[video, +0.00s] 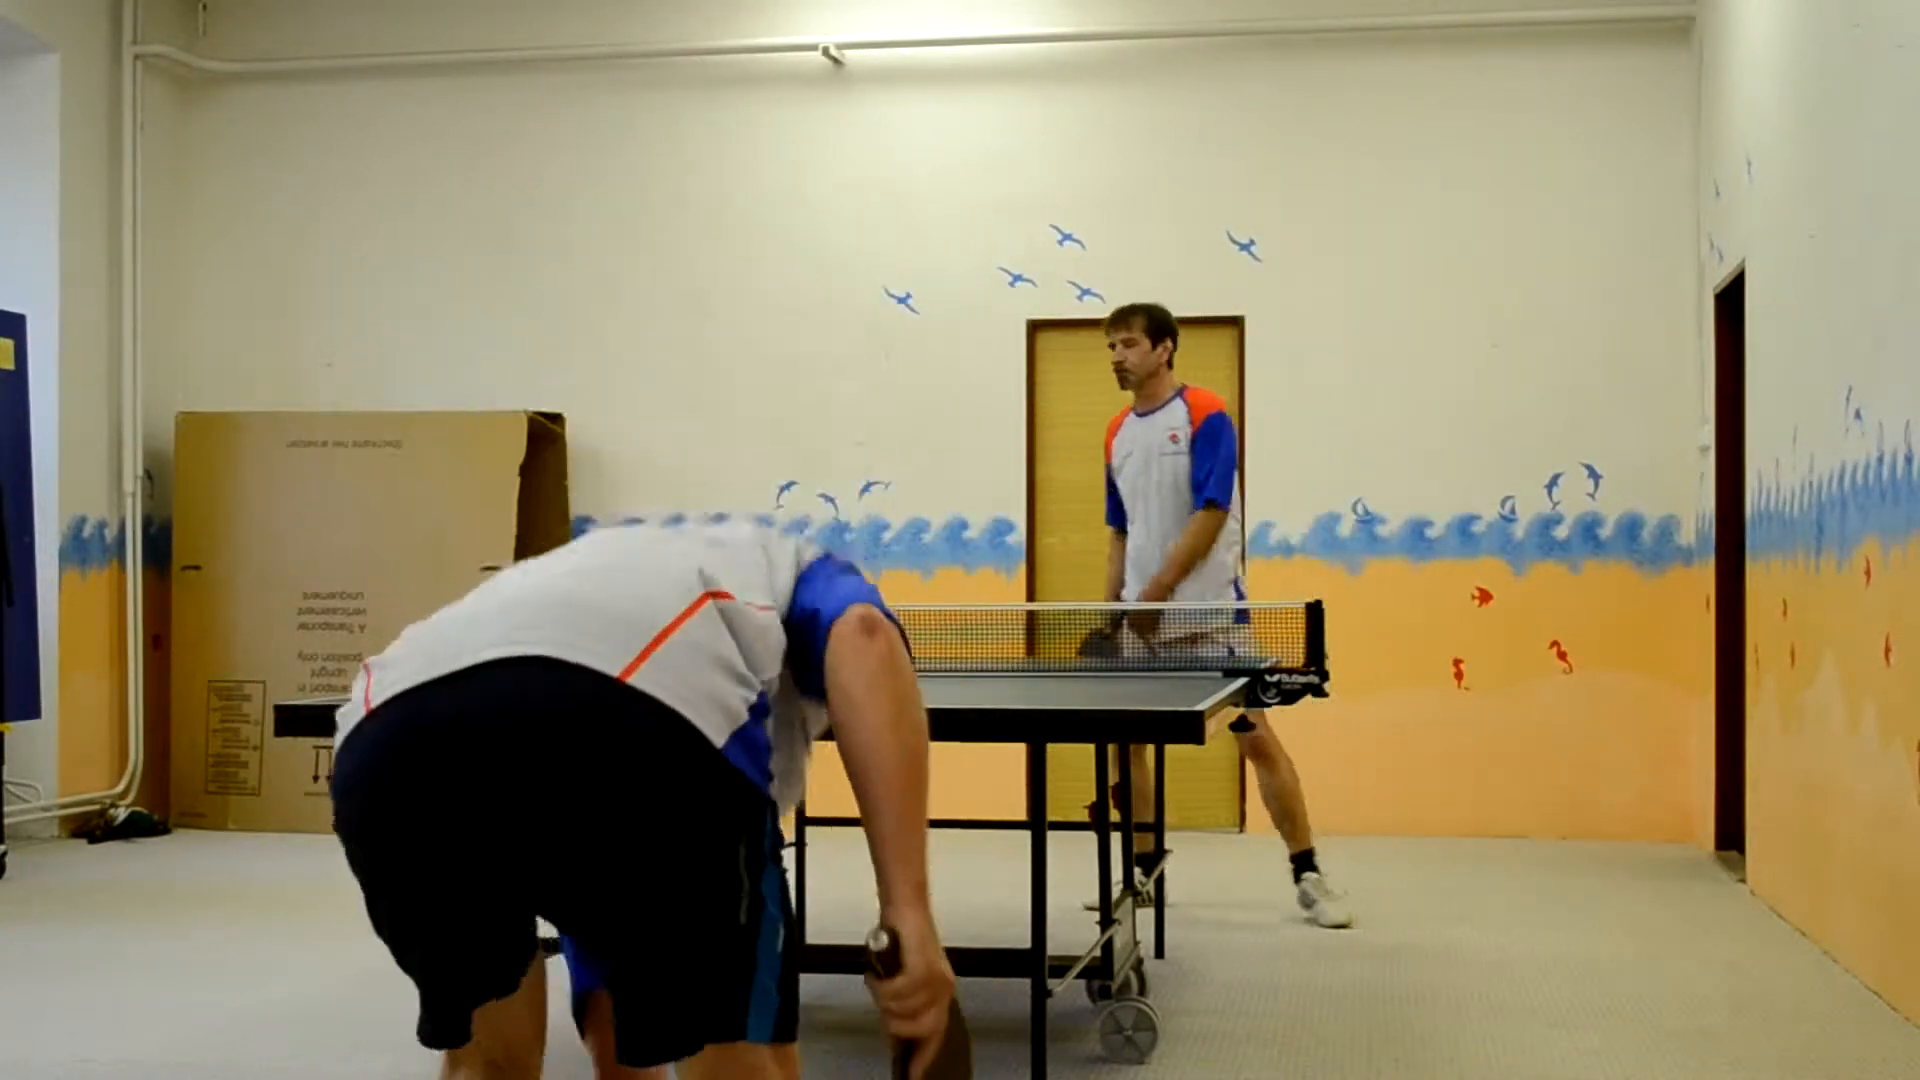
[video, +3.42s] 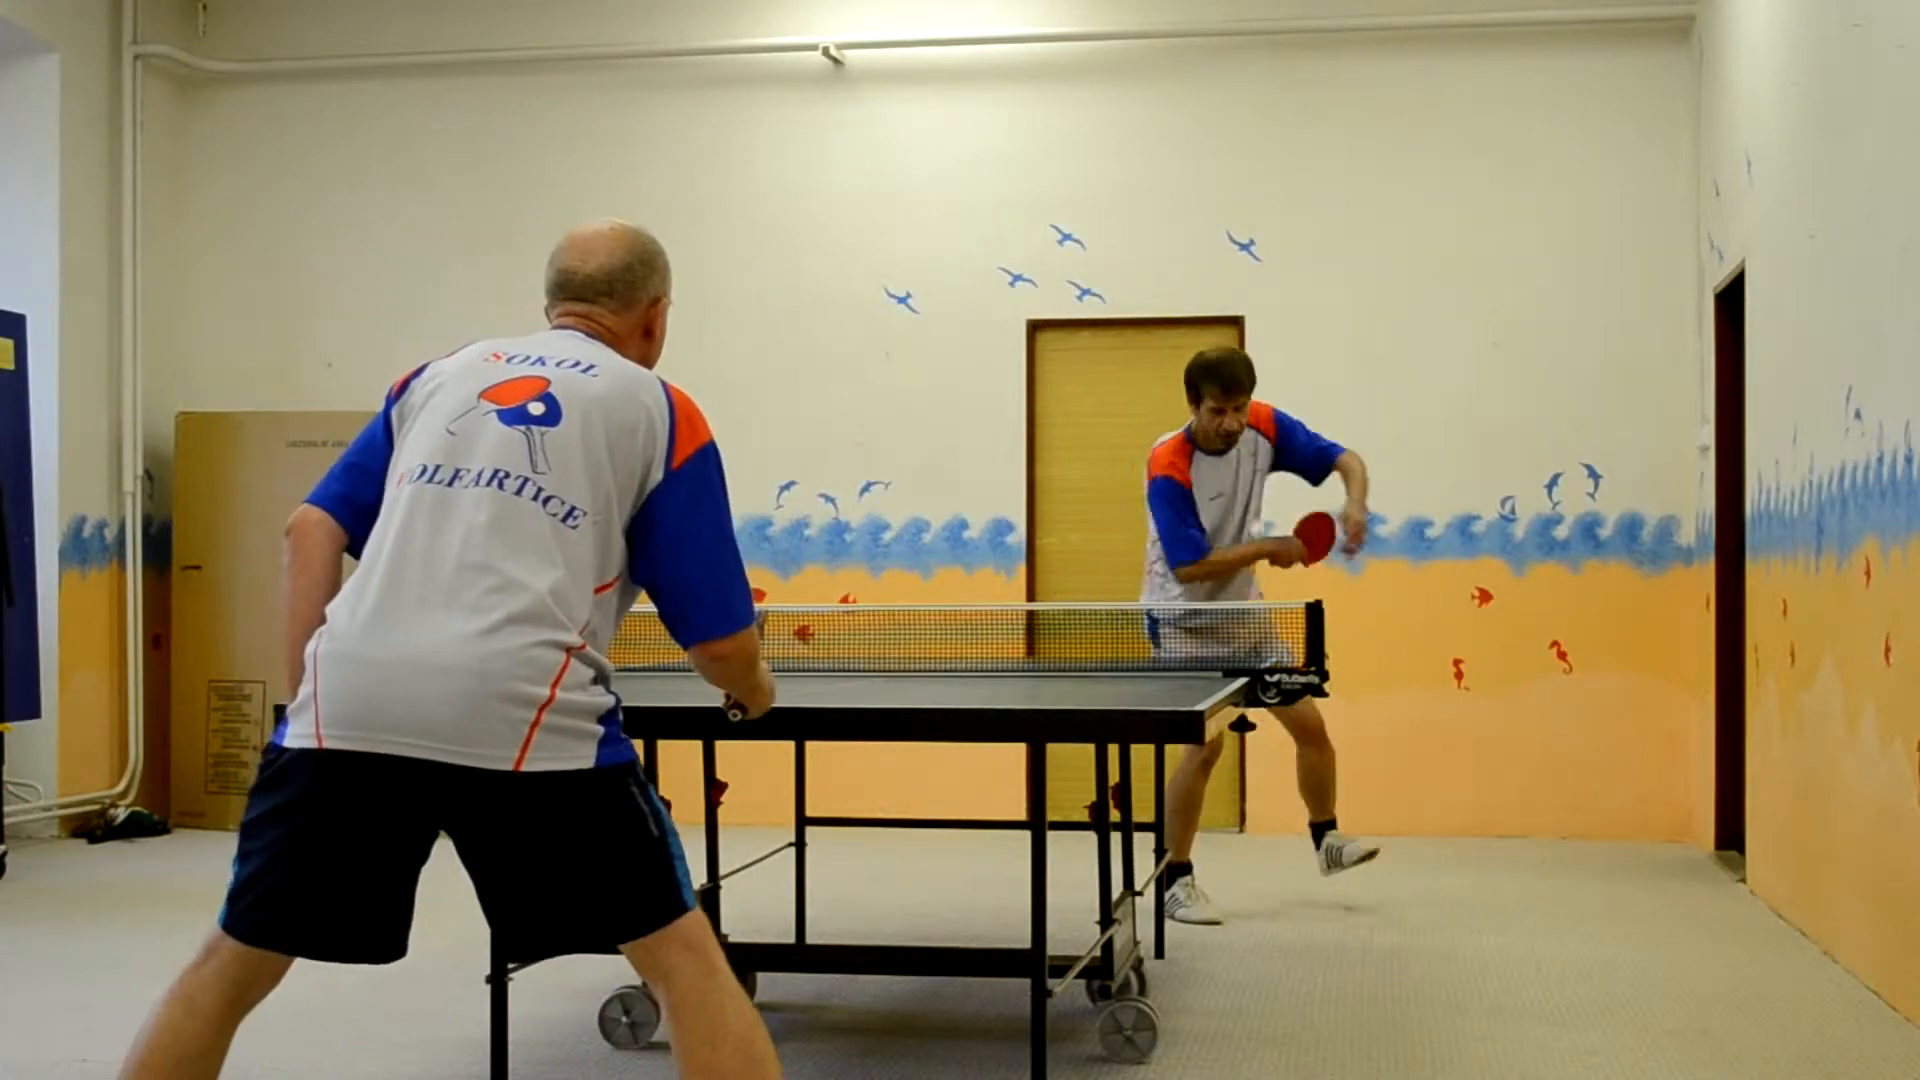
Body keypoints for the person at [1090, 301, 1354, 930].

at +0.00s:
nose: (1115, 357)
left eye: (1126, 345)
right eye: (1111, 347)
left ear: (1164, 348)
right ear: (1116, 354)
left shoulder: (1206, 413)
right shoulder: (1119, 430)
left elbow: (1212, 513)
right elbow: (1120, 534)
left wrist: (1155, 592)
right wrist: (1111, 616)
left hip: (1208, 615)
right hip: (1142, 620)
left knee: (1255, 736)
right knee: (1127, 744)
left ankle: (1308, 874)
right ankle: (1144, 877)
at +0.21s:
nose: (1107, 350)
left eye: (1119, 338)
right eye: (1099, 340)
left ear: (1148, 343)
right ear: (1092, 348)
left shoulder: (1188, 407)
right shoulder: (1089, 425)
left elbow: (1210, 505)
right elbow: (1089, 526)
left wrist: (1177, 593)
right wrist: (1091, 612)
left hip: (1194, 610)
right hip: (1121, 617)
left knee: (1212, 740)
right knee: (1122, 744)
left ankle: (1227, 874)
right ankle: (1143, 876)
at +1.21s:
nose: (1086, 352)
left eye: (1097, 340)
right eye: (1076, 341)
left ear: (1121, 343)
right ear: (1064, 346)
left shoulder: (1156, 409)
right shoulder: (1040, 419)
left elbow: (1171, 500)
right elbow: (1027, 508)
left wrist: (1120, 541)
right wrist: (1028, 567)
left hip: (1145, 606)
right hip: (1067, 608)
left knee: (1171, 740)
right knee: (1051, 740)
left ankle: (1178, 872)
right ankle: (1049, 870)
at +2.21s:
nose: (1159, 381)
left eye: (1171, 369)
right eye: (1148, 369)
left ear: (1187, 367)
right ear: (1130, 367)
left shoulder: (1214, 420)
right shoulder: (1093, 431)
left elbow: (1240, 510)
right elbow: (1052, 517)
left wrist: (1184, 544)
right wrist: (1081, 573)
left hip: (1191, 609)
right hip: (1123, 610)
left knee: (1180, 736)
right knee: (1142, 738)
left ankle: (1146, 862)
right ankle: (1144, 871)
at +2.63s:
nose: (1200, 438)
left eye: (1210, 425)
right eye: (1187, 426)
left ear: (1222, 418)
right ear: (1163, 419)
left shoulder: (1242, 454)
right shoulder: (1127, 473)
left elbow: (1273, 545)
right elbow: (1088, 569)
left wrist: (1255, 607)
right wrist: (1140, 632)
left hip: (1213, 632)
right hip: (1151, 637)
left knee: (1247, 738)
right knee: (1175, 746)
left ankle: (1197, 857)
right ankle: (1170, 879)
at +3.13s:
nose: (1220, 436)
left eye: (1229, 424)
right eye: (1208, 425)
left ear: (1240, 414)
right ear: (1182, 415)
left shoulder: (1253, 440)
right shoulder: (1154, 471)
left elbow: (1299, 519)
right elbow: (1142, 577)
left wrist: (1278, 550)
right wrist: (1223, 625)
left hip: (1224, 620)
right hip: (1162, 623)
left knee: (1286, 715)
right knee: (1192, 742)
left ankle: (1253, 831)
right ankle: (1174, 879)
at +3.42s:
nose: (1231, 423)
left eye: (1239, 410)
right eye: (1218, 413)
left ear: (1249, 401)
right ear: (1192, 406)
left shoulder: (1262, 425)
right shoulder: (1169, 462)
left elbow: (1347, 461)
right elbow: (1188, 567)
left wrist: (1356, 505)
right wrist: (1264, 549)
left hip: (1241, 608)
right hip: (1182, 617)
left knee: (1310, 727)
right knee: (1202, 746)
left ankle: (1327, 841)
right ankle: (1175, 880)